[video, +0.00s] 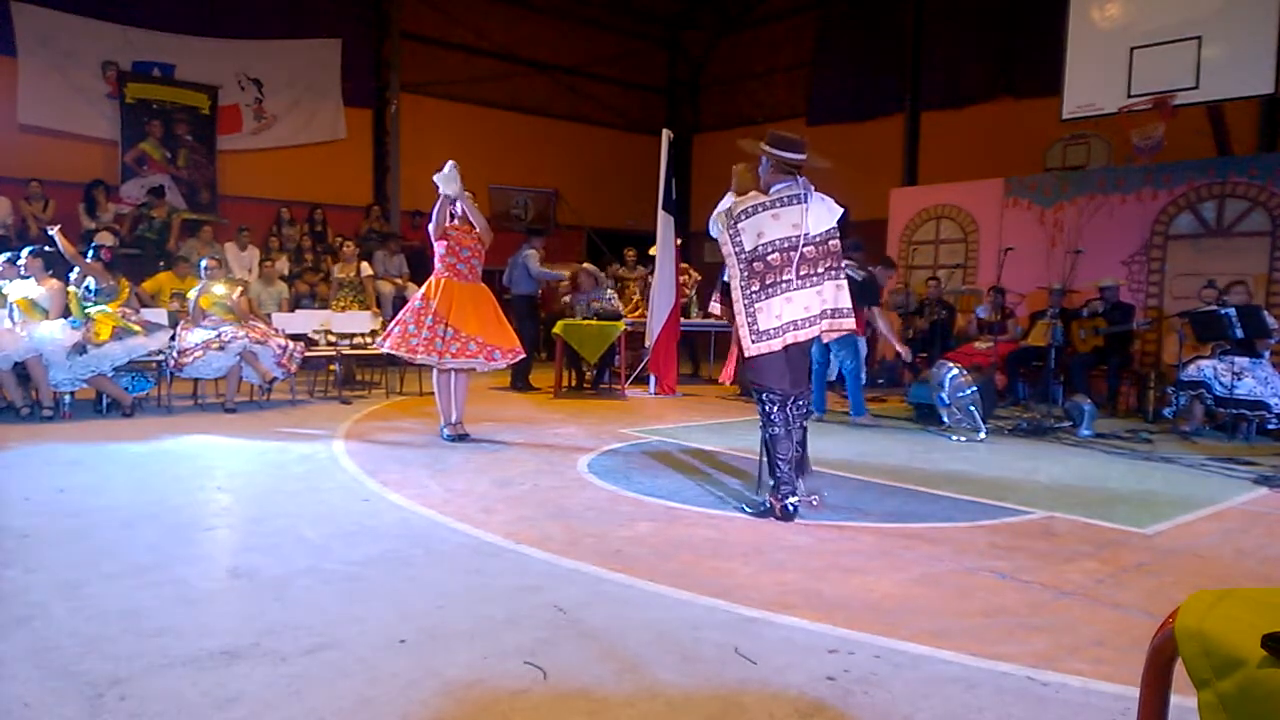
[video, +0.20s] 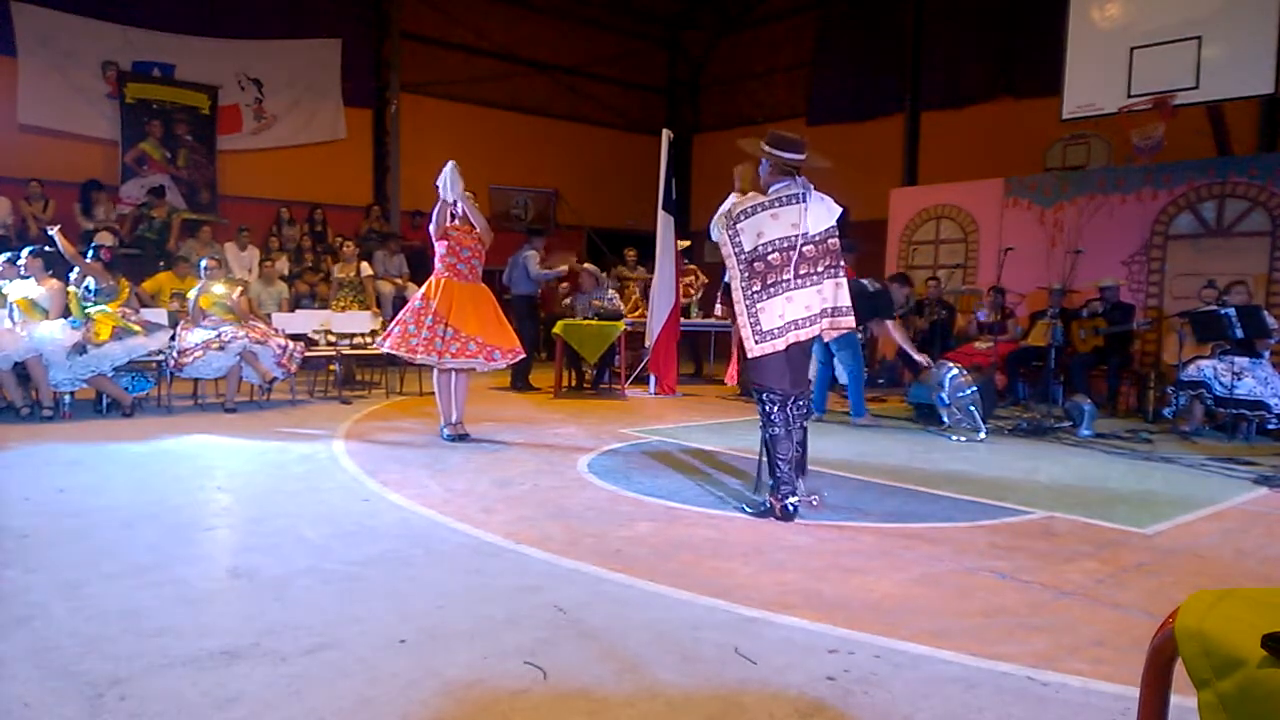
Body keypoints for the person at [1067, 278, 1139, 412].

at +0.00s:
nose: (1109, 294)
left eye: (1111, 290)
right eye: (1106, 291)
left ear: (1117, 291)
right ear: (1101, 292)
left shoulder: (1127, 308)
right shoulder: (1093, 306)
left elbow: (1121, 320)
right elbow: (1071, 316)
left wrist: (1103, 311)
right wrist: (1086, 311)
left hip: (1118, 349)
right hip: (1097, 349)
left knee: (1114, 367)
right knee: (1078, 362)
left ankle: (1111, 404)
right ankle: (1083, 400)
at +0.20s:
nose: (1107, 294)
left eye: (1110, 290)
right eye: (1105, 291)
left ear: (1117, 292)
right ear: (1101, 293)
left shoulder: (1127, 308)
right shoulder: (1094, 305)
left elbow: (1120, 321)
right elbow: (1072, 316)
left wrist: (1103, 311)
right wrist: (1086, 312)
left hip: (1118, 349)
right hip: (1098, 349)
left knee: (1114, 367)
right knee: (1078, 363)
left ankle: (1111, 404)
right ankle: (1083, 400)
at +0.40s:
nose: (1111, 294)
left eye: (1113, 291)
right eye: (1107, 291)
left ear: (1118, 292)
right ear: (1101, 292)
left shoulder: (1127, 308)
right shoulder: (1093, 304)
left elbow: (1121, 320)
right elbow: (1068, 316)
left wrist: (1102, 311)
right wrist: (1084, 312)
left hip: (1118, 349)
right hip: (1097, 348)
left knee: (1114, 365)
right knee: (1077, 362)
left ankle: (1111, 403)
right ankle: (1082, 400)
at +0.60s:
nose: (1111, 294)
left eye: (1114, 291)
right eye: (1108, 291)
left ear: (1118, 292)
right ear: (1101, 293)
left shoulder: (1126, 308)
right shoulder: (1093, 304)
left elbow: (1121, 320)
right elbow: (1067, 316)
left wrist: (1102, 311)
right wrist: (1084, 312)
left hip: (1117, 349)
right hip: (1096, 348)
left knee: (1114, 365)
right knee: (1077, 362)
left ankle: (1111, 404)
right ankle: (1082, 400)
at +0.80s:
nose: (1111, 294)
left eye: (1113, 291)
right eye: (1107, 291)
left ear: (1117, 292)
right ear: (1100, 293)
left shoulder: (1126, 308)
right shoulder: (1092, 304)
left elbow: (1120, 321)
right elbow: (1067, 316)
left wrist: (1101, 312)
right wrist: (1084, 312)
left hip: (1117, 349)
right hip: (1096, 348)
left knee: (1115, 365)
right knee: (1077, 362)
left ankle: (1111, 403)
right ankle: (1082, 400)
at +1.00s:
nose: (1112, 294)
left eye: (1114, 291)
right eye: (1108, 291)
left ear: (1118, 292)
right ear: (1101, 293)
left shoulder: (1127, 308)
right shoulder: (1092, 305)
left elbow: (1121, 320)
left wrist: (1098, 312)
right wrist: (1080, 313)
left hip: (1118, 349)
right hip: (1097, 348)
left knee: (1115, 365)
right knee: (1077, 362)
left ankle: (1111, 403)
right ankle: (1082, 400)